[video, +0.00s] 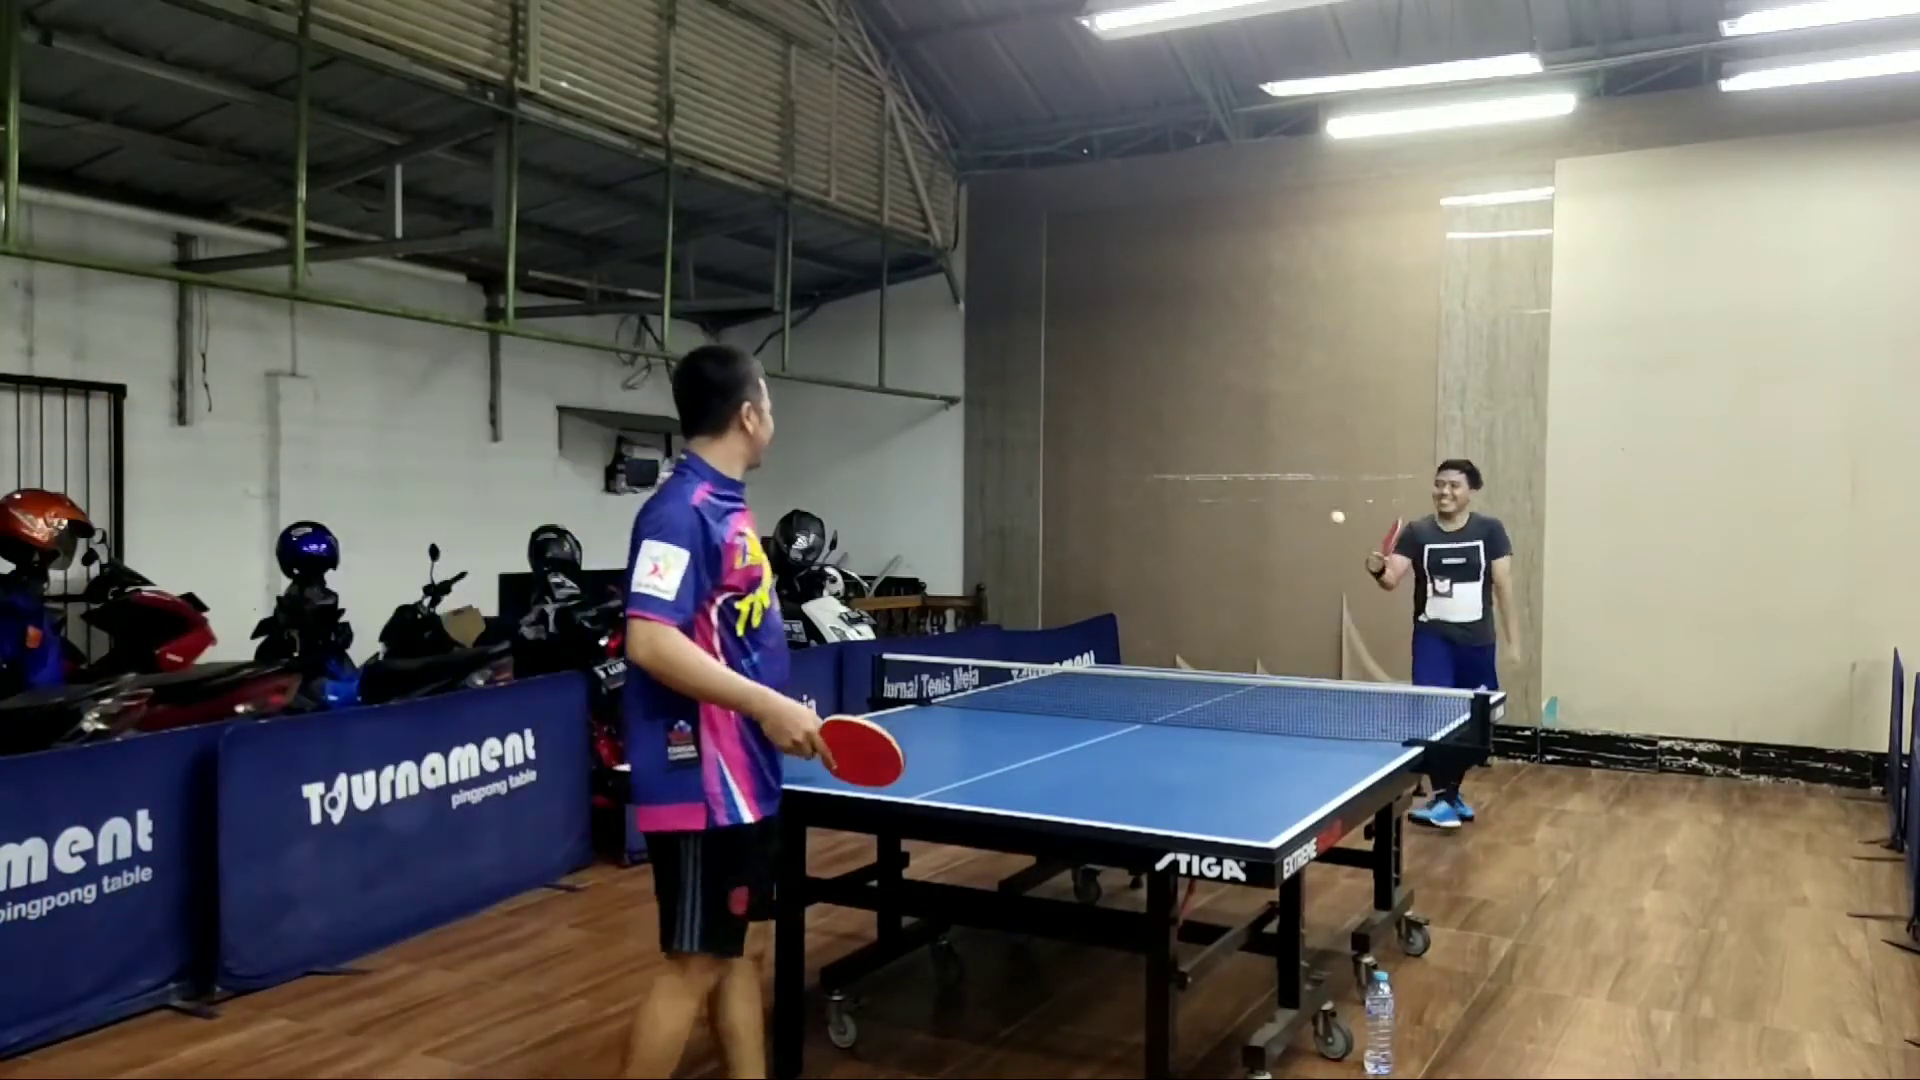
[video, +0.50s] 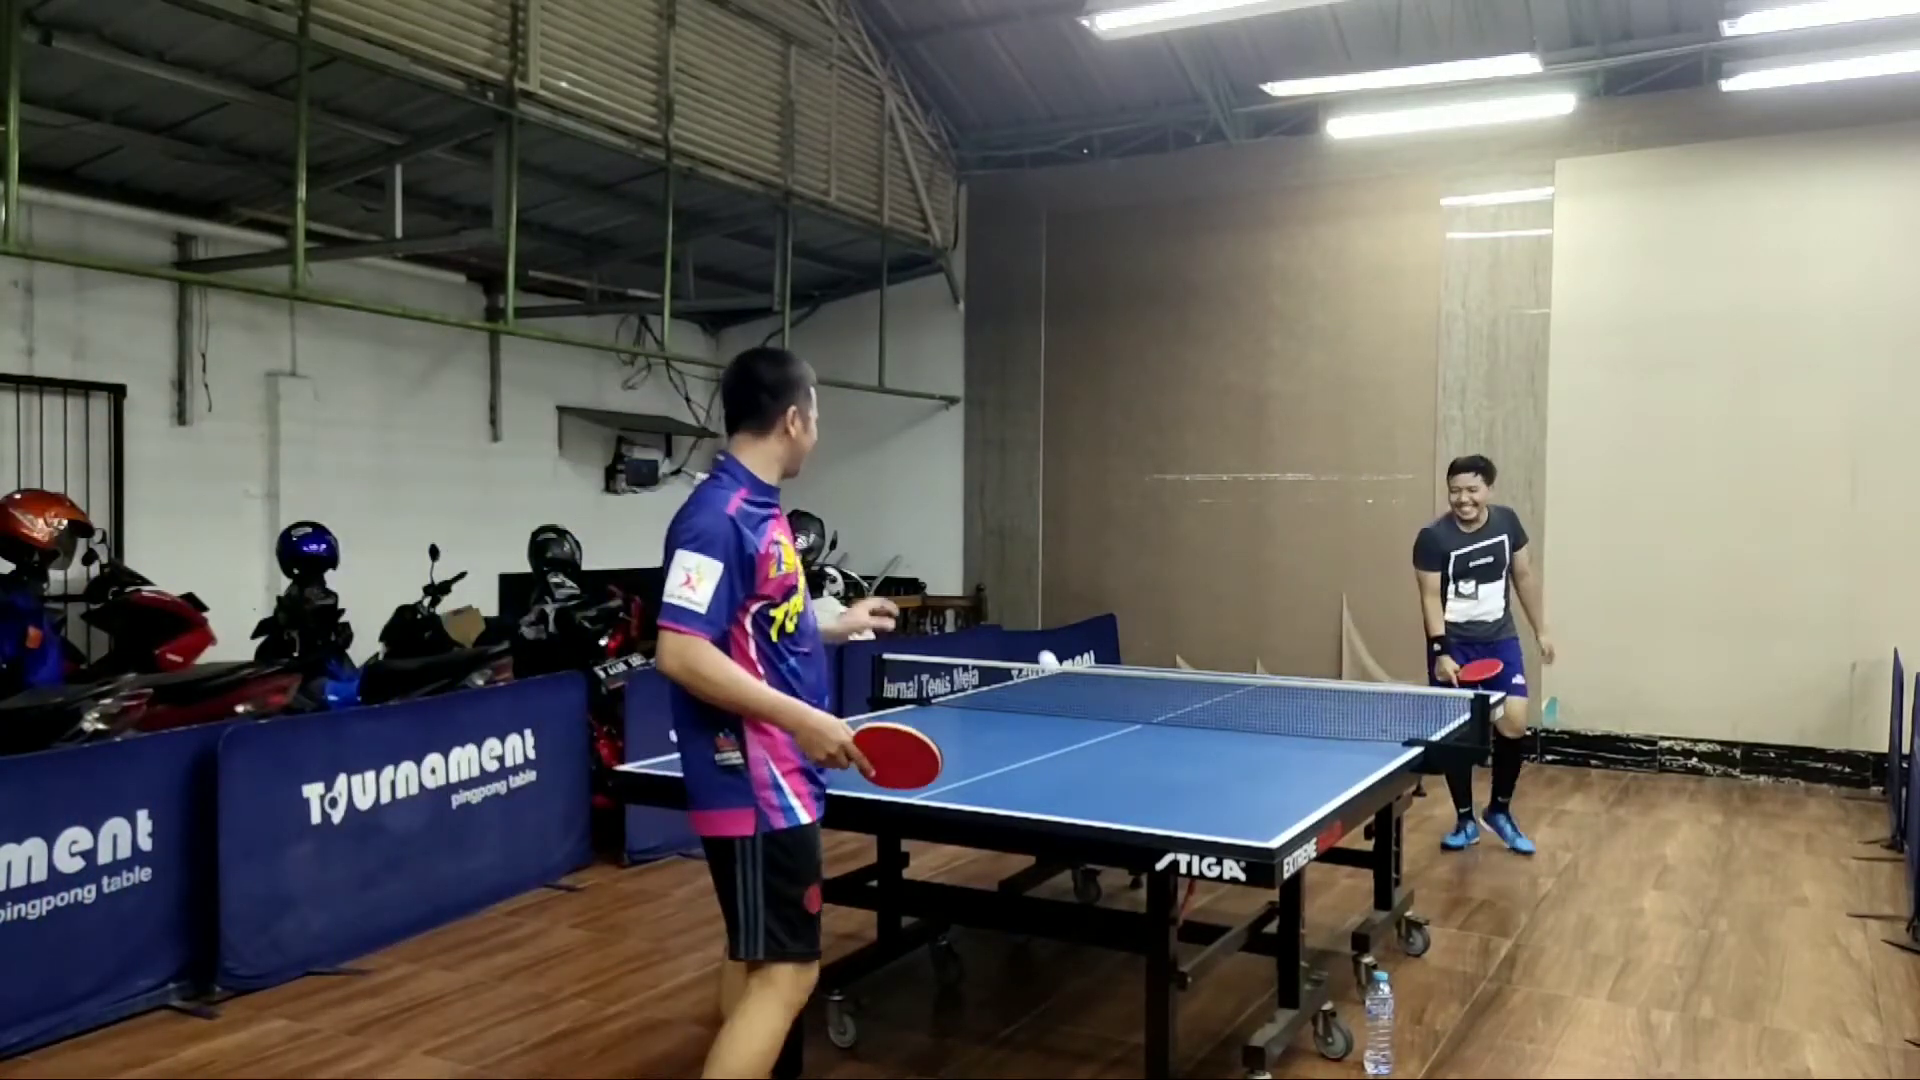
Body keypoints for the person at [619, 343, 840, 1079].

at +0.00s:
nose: (770, 418)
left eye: (766, 403)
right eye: (767, 404)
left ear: (699, 413)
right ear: (749, 413)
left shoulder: (723, 505)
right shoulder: (678, 511)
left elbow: (713, 641)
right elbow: (649, 640)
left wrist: (781, 713)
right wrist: (766, 703)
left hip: (736, 773)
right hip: (692, 782)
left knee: (738, 953)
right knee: (693, 963)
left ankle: (750, 1074)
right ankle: (641, 1074)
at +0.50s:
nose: (814, 431)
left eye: (812, 415)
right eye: (813, 415)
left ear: (743, 415)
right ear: (794, 419)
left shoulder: (758, 507)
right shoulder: (716, 516)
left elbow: (754, 618)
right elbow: (680, 650)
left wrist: (837, 621)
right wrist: (800, 719)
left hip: (767, 775)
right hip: (749, 786)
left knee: (753, 959)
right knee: (787, 973)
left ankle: (746, 1060)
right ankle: (732, 1072)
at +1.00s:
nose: (769, 422)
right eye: (771, 412)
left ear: (684, 410)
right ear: (766, 424)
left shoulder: (619, 505)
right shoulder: (744, 517)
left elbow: (591, 646)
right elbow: (726, 671)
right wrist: (813, 779)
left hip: (616, 807)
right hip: (694, 822)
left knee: (653, 986)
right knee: (692, 1019)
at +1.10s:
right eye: (749, 416)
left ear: (663, 413)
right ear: (748, 427)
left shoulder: (596, 506)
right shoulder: (741, 523)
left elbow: (552, 645)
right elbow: (729, 671)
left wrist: (628, 692)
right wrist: (798, 789)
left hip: (598, 809)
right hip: (692, 821)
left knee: (611, 987)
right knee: (684, 1021)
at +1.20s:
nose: (632, 410)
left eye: (634, 401)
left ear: (642, 409)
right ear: (726, 424)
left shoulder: (570, 508)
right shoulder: (730, 522)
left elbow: (525, 650)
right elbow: (725, 673)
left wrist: (606, 685)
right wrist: (785, 791)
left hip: (578, 813)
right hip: (679, 825)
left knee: (568, 966)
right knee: (678, 1015)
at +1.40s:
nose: (580, 415)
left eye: (581, 404)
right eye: (585, 405)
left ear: (592, 409)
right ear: (674, 426)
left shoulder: (516, 509)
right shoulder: (684, 528)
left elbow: (478, 655)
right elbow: (690, 685)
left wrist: (558, 679)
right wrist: (749, 778)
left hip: (515, 826)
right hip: (630, 838)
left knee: (466, 1000)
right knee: (669, 1016)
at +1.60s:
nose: (526, 422)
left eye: (529, 411)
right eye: (530, 411)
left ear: (541, 418)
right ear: (620, 440)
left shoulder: (464, 512)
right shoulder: (629, 534)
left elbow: (428, 660)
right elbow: (619, 684)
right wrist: (677, 762)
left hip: (441, 831)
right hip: (564, 841)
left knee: (409, 1015)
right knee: (628, 1013)